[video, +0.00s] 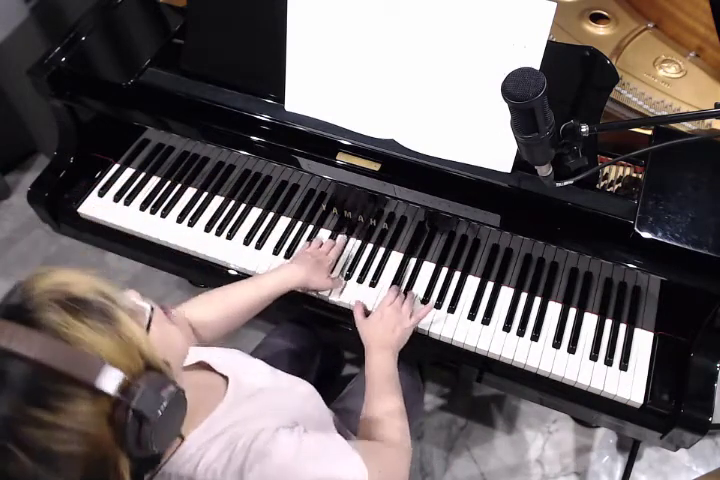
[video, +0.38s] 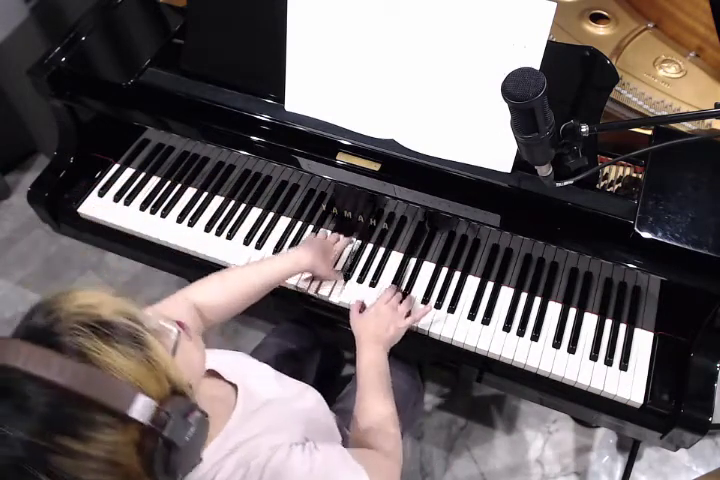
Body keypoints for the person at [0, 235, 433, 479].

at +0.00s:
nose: (151, 300)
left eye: (133, 300)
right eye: (141, 313)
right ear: (140, 378)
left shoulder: (141, 387)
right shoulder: (268, 460)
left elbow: (184, 325)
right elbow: (385, 468)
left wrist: (291, 274)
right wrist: (382, 354)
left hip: (261, 377)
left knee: (306, 310)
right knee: (397, 365)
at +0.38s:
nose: (170, 320)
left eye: (150, 321)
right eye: (159, 338)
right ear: (162, 406)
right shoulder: (265, 464)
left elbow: (189, 308)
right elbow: (381, 466)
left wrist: (300, 259)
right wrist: (372, 348)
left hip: (262, 373)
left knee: (304, 322)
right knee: (399, 368)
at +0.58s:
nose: (206, 340)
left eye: (189, 335)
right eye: (202, 353)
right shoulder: (288, 468)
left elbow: (214, 302)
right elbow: (379, 461)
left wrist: (312, 240)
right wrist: (364, 341)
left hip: (261, 368)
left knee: (298, 331)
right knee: (397, 368)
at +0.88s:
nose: (235, 307)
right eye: (238, 348)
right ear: (229, 445)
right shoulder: (311, 461)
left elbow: (228, 317)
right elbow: (393, 461)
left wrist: (299, 268)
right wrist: (378, 341)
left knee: (297, 318)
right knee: (396, 365)